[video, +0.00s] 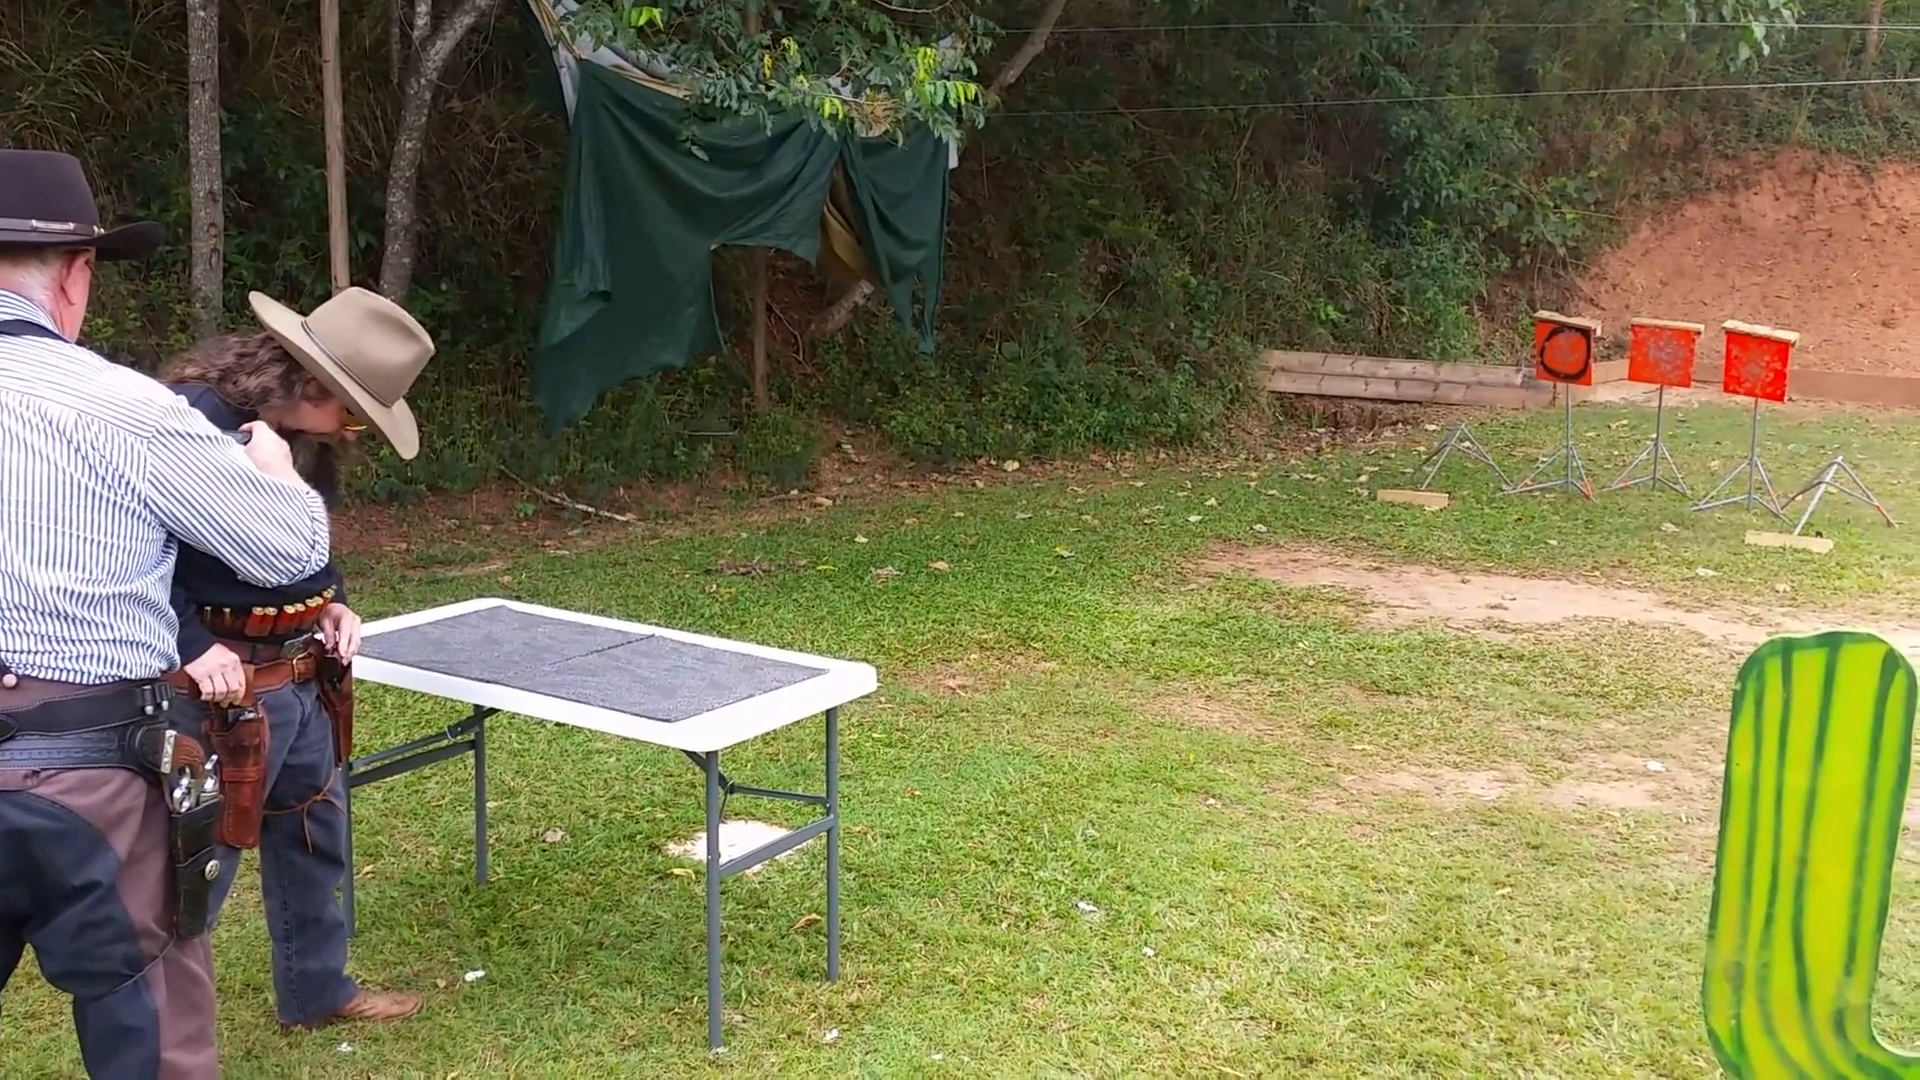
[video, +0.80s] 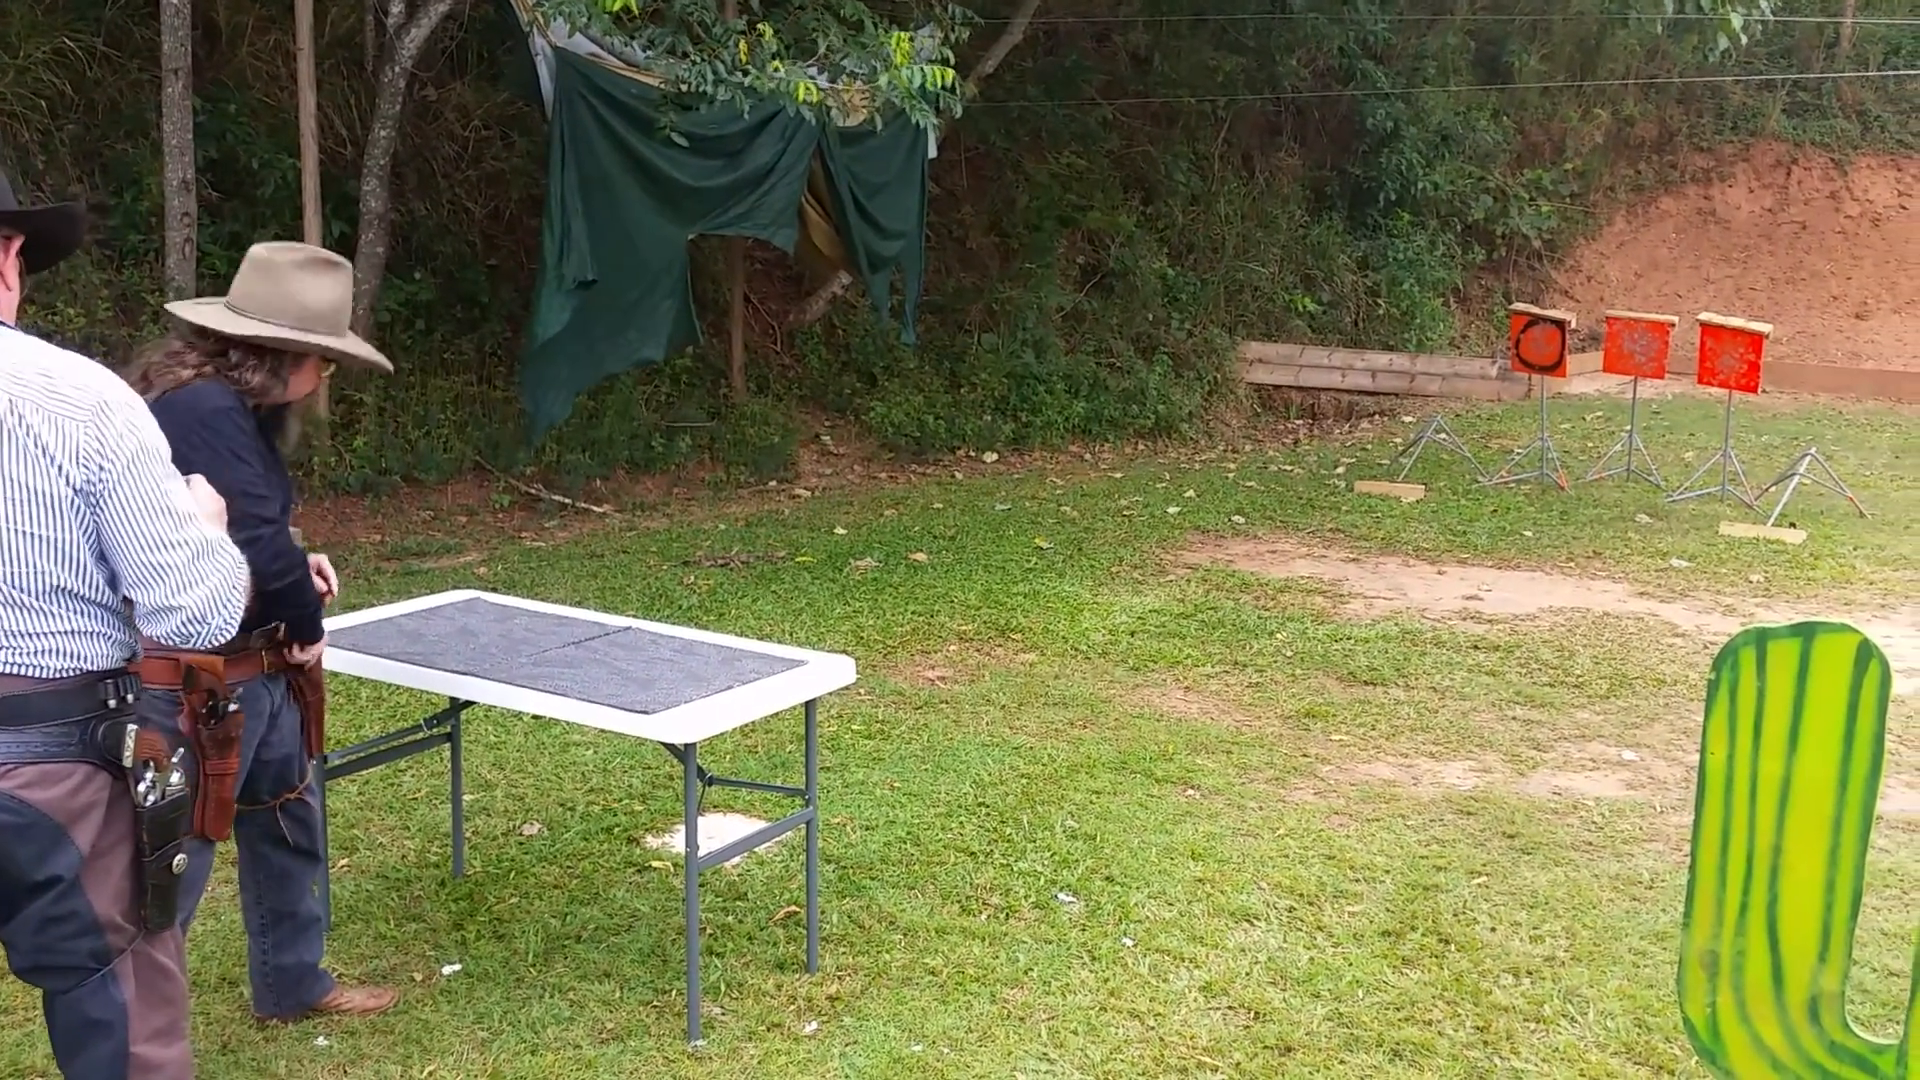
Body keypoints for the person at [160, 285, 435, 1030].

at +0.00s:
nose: (350, 432)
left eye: (358, 421)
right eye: (352, 416)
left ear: (324, 395)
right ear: (320, 390)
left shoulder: (297, 445)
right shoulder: (189, 425)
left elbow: (289, 548)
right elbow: (141, 556)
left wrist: (325, 605)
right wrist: (192, 643)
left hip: (296, 681)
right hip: (215, 694)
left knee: (313, 839)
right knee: (197, 870)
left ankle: (316, 992)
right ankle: (159, 1017)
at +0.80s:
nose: (322, 378)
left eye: (324, 362)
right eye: (318, 360)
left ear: (245, 341)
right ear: (282, 357)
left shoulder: (222, 408)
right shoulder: (212, 412)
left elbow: (236, 524)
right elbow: (263, 553)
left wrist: (297, 562)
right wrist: (303, 623)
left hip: (254, 666)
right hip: (197, 673)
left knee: (287, 825)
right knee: (175, 859)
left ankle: (291, 986)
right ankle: (131, 1006)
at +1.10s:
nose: (290, 332)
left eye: (289, 318)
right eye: (283, 319)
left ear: (207, 322)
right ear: (254, 324)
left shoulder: (178, 383)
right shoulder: (221, 388)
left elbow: (200, 493)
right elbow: (250, 510)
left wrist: (287, 481)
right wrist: (322, 501)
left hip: (226, 657)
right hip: (190, 663)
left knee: (271, 821)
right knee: (182, 855)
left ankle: (284, 981)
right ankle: (120, 1007)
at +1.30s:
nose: (276, 326)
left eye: (272, 312)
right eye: (267, 314)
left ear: (191, 321)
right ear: (235, 324)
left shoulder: (152, 386)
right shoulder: (231, 404)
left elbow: (264, 441)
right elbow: (340, 478)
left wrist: (353, 416)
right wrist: (398, 444)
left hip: (179, 643)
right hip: (202, 656)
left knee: (268, 811)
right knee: (189, 849)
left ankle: (278, 978)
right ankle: (116, 1010)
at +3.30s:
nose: (280, 338)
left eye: (277, 324)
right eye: (272, 324)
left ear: (196, 324)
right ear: (237, 327)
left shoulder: (146, 381)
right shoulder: (223, 397)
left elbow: (299, 388)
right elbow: (333, 413)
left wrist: (401, 358)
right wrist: (426, 384)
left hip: (128, 643)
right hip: (168, 654)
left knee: (236, 814)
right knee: (149, 857)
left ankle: (245, 982)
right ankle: (74, 1016)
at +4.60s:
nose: (273, 345)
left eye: (272, 330)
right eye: (266, 330)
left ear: (192, 326)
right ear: (227, 330)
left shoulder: (146, 384)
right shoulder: (210, 399)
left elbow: (280, 404)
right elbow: (334, 438)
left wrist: (385, 377)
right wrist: (413, 400)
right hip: (149, 668)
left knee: (230, 823)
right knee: (142, 865)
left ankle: (241, 986)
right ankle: (66, 1024)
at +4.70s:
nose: (264, 366)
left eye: (268, 352)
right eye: (264, 350)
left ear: (189, 321)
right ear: (235, 339)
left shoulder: (138, 378)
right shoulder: (188, 398)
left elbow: (219, 449)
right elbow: (300, 484)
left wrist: (301, 436)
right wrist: (376, 446)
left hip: (185, 653)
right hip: (155, 666)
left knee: (235, 819)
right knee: (149, 855)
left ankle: (240, 985)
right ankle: (76, 1012)